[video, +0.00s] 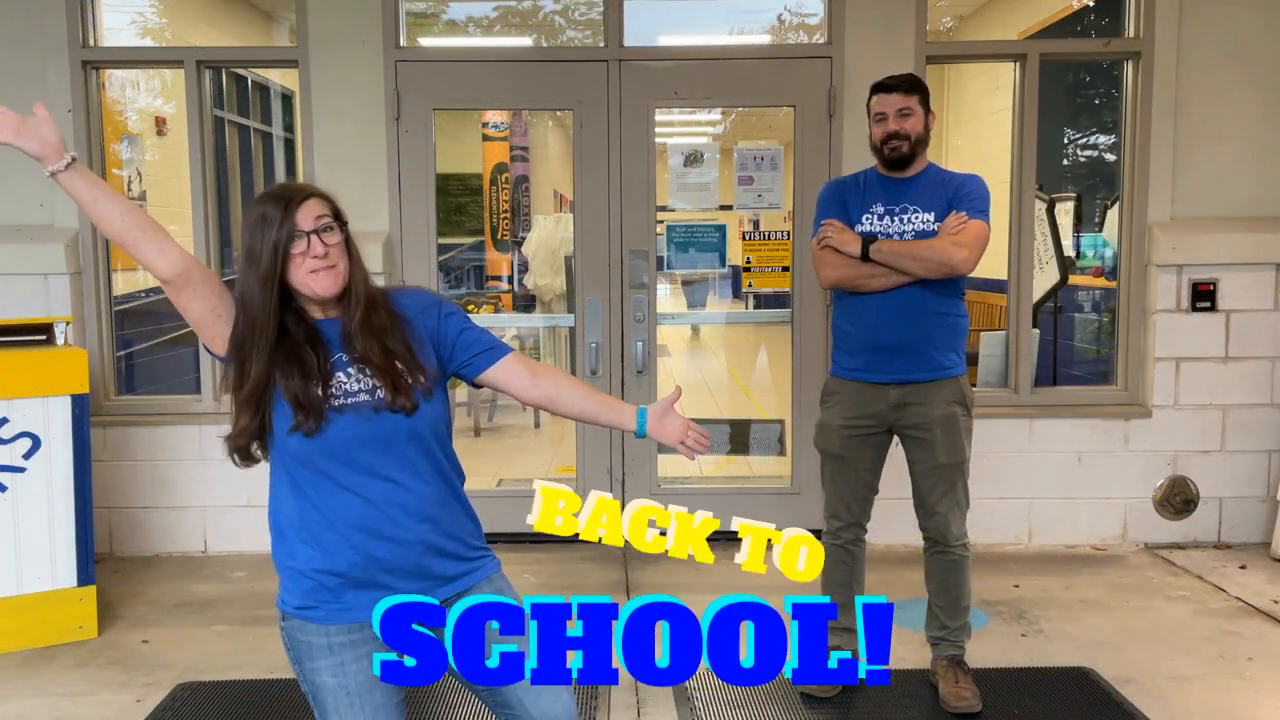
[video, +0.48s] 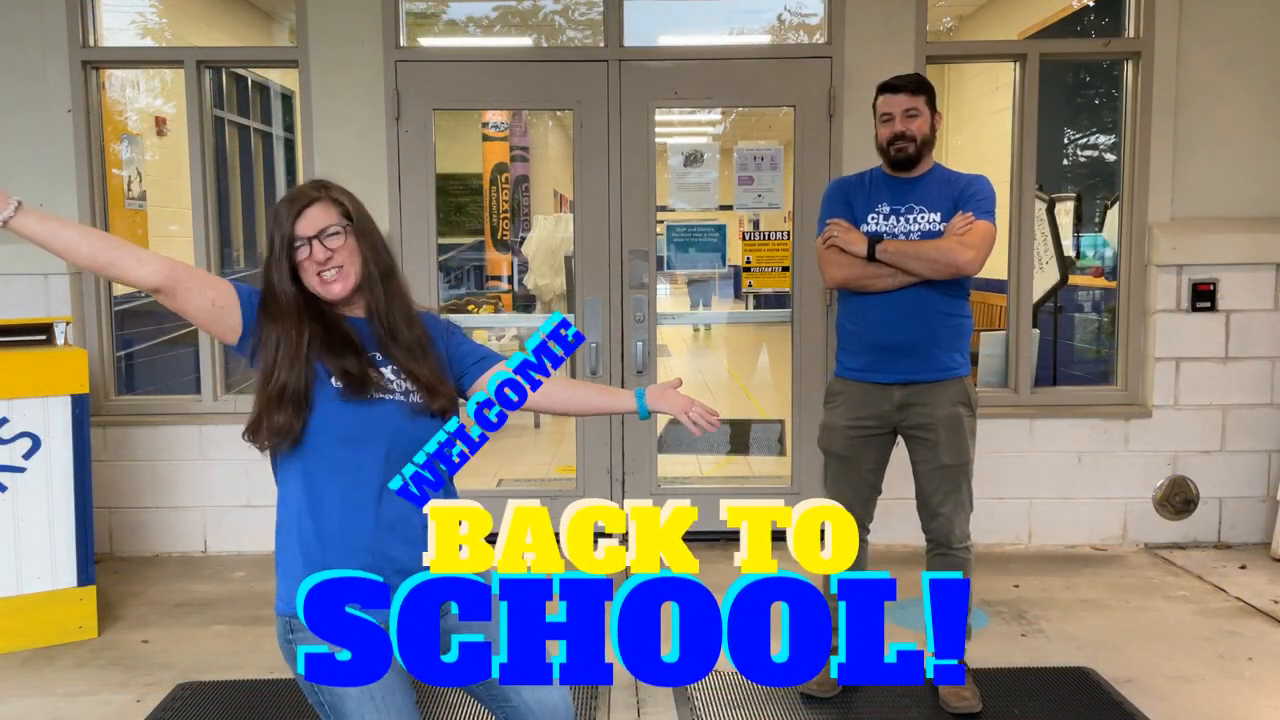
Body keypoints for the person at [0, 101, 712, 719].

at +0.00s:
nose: (319, 246)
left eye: (327, 230)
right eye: (299, 239)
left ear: (348, 238)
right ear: (271, 260)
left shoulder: (416, 314)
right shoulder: (262, 339)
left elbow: (527, 377)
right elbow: (170, 264)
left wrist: (645, 419)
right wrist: (64, 165)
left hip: (461, 579)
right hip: (337, 601)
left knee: (553, 699)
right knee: (366, 711)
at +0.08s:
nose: (320, 246)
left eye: (328, 229)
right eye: (299, 240)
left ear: (349, 237)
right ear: (272, 261)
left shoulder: (417, 314)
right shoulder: (264, 338)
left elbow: (529, 377)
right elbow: (170, 264)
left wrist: (647, 417)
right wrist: (61, 165)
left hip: (462, 578)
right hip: (338, 602)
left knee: (554, 697)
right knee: (366, 711)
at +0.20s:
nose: (323, 244)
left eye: (331, 227)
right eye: (302, 238)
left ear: (354, 235)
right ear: (277, 260)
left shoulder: (421, 317)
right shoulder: (266, 335)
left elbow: (531, 379)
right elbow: (158, 260)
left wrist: (652, 410)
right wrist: (39, 168)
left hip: (458, 587)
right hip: (337, 609)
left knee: (556, 699)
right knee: (366, 716)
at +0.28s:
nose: (326, 241)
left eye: (334, 225)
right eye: (306, 234)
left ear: (358, 233)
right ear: (284, 257)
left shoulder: (422, 322)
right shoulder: (270, 326)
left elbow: (529, 379)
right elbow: (151, 260)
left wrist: (648, 402)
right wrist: (26, 186)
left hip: (451, 594)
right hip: (334, 610)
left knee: (553, 695)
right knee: (367, 715)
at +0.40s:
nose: (319, 249)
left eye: (330, 230)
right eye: (301, 243)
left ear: (364, 238)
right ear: (289, 265)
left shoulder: (424, 334)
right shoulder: (282, 329)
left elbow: (530, 387)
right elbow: (152, 269)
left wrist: (648, 392)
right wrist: (18, 217)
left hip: (436, 597)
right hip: (330, 609)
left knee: (553, 689)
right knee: (376, 716)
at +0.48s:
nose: (320, 255)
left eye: (332, 236)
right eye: (304, 247)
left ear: (366, 243)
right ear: (291, 266)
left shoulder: (426, 339)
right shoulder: (282, 332)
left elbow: (538, 390)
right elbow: (154, 273)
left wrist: (649, 397)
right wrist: (18, 218)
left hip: (436, 595)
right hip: (331, 606)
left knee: (555, 686)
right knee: (381, 714)